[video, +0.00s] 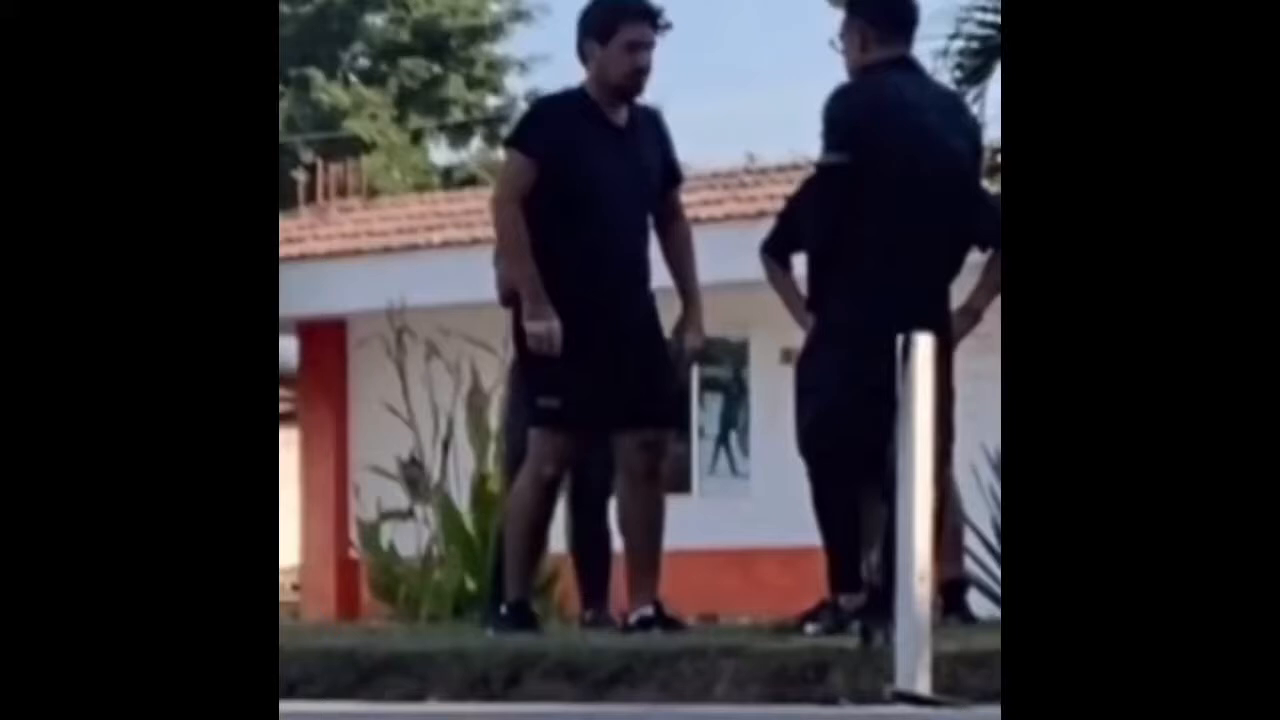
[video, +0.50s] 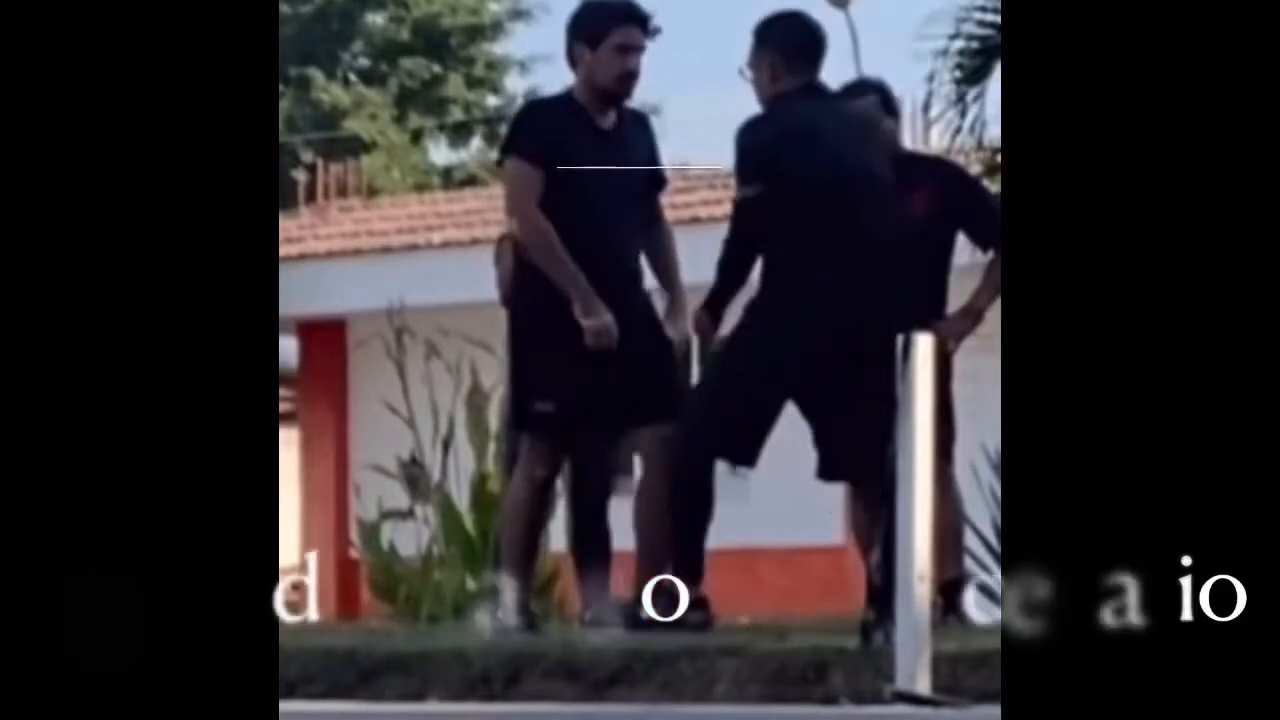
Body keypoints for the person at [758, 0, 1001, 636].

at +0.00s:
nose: (843, 51)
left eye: (846, 39)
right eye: (845, 40)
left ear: (860, 37)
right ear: (907, 36)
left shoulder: (850, 98)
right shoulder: (954, 107)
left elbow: (836, 194)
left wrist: (806, 307)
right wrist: (962, 317)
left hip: (850, 315)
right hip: (921, 316)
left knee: (834, 456)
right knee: (922, 460)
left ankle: (847, 592)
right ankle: (928, 591)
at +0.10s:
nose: (831, 49)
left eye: (834, 37)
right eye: (833, 38)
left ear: (850, 36)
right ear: (899, 36)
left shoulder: (842, 103)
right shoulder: (948, 111)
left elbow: (828, 191)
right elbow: (982, 221)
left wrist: (777, 250)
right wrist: (966, 312)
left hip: (841, 310)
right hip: (916, 310)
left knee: (819, 450)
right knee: (898, 456)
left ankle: (843, 592)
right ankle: (894, 597)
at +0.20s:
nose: (813, 54)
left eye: (816, 43)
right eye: (815, 43)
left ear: (834, 42)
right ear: (881, 40)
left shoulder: (825, 108)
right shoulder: (927, 114)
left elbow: (798, 222)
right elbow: (990, 226)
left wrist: (780, 304)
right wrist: (965, 316)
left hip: (837, 310)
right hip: (911, 314)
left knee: (775, 439)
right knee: (875, 461)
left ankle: (827, 576)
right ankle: (884, 598)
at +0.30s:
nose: (795, 57)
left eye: (799, 45)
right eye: (797, 46)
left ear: (818, 45)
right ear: (862, 44)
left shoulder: (809, 112)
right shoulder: (908, 119)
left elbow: (784, 222)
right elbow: (996, 230)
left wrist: (763, 304)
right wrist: (970, 314)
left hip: (824, 315)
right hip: (902, 320)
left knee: (746, 434)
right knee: (873, 472)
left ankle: (795, 575)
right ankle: (886, 608)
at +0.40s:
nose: (774, 70)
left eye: (776, 59)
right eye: (775, 59)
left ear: (791, 58)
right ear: (837, 55)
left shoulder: (786, 121)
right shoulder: (882, 114)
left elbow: (766, 226)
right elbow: (920, 201)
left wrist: (738, 309)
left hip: (803, 310)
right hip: (878, 313)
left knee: (716, 436)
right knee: (871, 471)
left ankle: (736, 585)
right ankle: (883, 604)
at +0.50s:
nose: (751, 78)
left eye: (755, 67)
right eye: (754, 67)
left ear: (770, 67)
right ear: (815, 66)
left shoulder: (765, 131)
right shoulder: (864, 124)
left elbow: (749, 235)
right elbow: (880, 226)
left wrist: (713, 305)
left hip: (784, 318)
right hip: (860, 319)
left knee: (692, 441)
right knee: (872, 474)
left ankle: (680, 592)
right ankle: (889, 608)